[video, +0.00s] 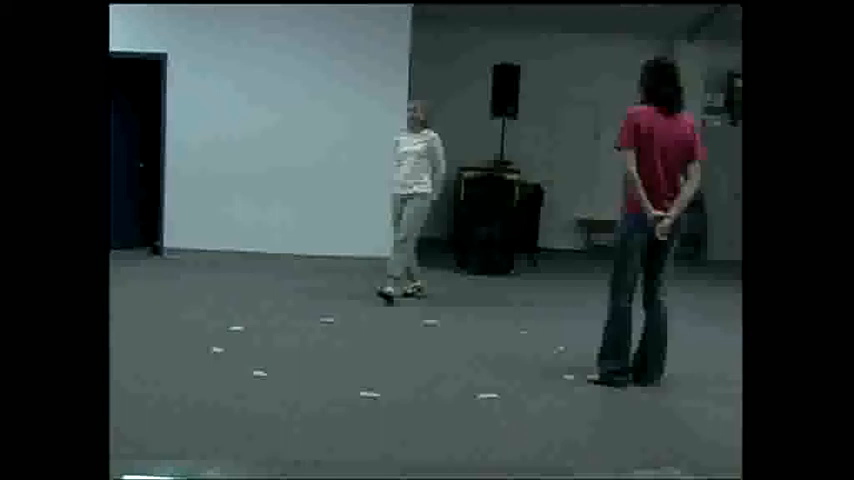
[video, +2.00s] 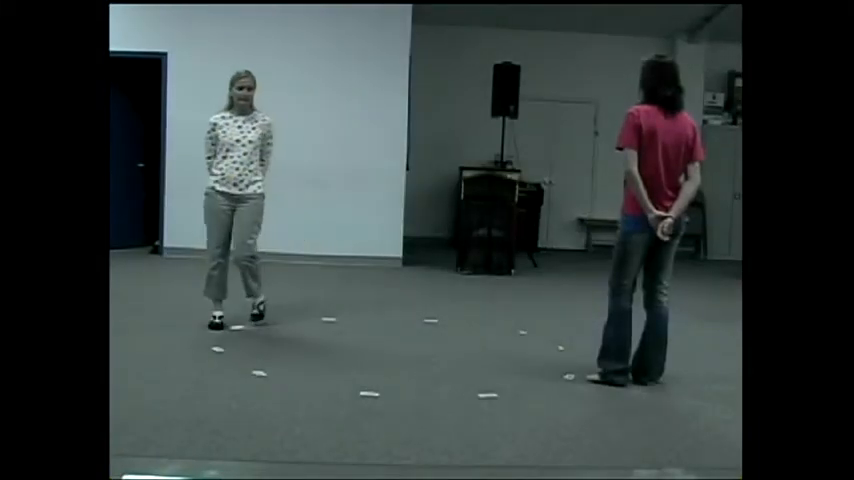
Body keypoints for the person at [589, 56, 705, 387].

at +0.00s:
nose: (640, 88)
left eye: (642, 83)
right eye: (643, 83)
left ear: (647, 87)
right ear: (675, 86)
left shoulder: (636, 117)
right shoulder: (687, 124)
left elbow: (631, 169)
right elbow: (693, 178)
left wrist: (650, 209)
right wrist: (670, 216)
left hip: (636, 217)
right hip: (668, 219)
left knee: (622, 292)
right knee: (656, 292)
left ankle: (613, 368)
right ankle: (650, 368)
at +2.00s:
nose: (642, 86)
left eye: (643, 80)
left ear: (647, 84)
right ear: (676, 85)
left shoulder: (637, 116)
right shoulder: (688, 124)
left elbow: (631, 168)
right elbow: (694, 178)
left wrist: (651, 210)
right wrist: (673, 216)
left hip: (638, 219)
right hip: (672, 221)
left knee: (622, 290)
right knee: (658, 293)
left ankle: (614, 368)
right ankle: (649, 370)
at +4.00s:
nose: (653, 85)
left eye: (654, 79)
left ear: (654, 84)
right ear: (685, 87)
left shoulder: (639, 116)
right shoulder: (693, 125)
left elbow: (629, 166)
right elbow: (697, 180)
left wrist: (647, 208)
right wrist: (670, 216)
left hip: (639, 216)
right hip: (674, 219)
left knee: (624, 290)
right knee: (661, 293)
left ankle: (618, 366)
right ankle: (650, 370)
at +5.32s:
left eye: (608, 85)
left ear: (606, 88)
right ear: (634, 90)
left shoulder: (594, 120)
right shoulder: (644, 126)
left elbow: (588, 163)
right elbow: (649, 173)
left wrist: (606, 201)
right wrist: (628, 207)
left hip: (600, 208)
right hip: (631, 210)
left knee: (606, 276)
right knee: (614, 273)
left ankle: (606, 351)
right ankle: (611, 341)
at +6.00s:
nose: (577, 97)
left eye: (579, 92)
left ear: (579, 95)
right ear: (605, 96)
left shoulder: (572, 125)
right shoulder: (616, 128)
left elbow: (571, 168)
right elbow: (622, 170)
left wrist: (588, 201)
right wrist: (607, 202)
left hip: (579, 207)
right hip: (608, 207)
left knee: (571, 265)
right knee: (603, 271)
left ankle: (574, 325)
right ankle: (595, 331)